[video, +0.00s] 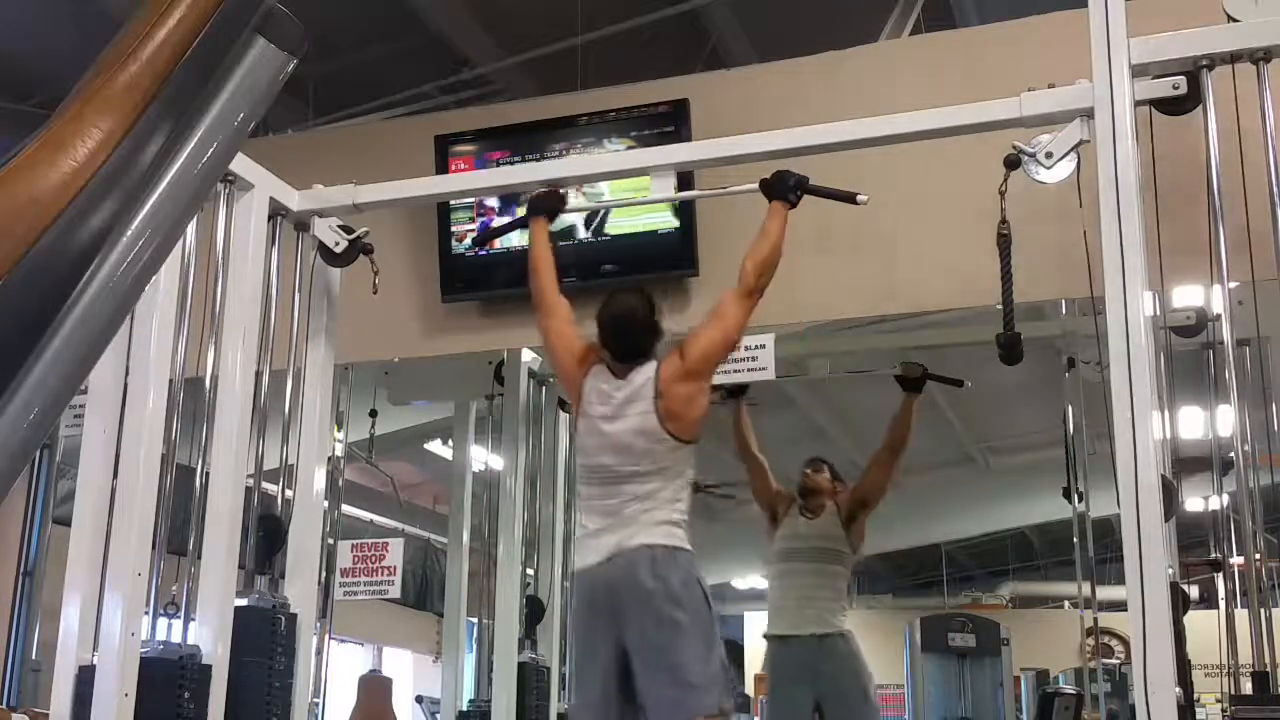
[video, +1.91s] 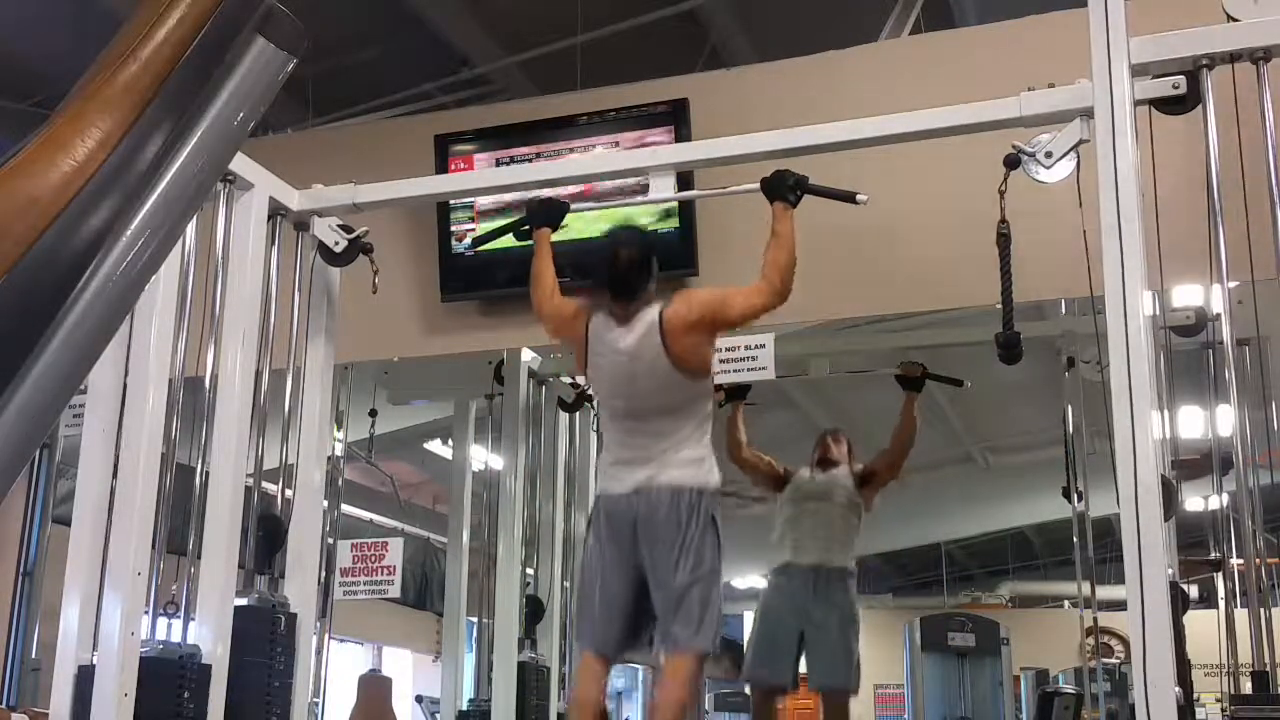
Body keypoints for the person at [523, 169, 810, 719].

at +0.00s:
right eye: (650, 315)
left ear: (601, 338)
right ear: (655, 331)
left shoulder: (583, 377)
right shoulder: (684, 373)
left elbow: (547, 300)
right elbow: (749, 288)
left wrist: (538, 219)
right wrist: (779, 203)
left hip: (590, 570)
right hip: (658, 562)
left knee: (595, 711)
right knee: (693, 709)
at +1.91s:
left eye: (610, 271)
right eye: (644, 266)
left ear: (602, 280)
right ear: (655, 272)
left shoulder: (585, 327)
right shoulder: (692, 312)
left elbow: (546, 301)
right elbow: (773, 288)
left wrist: (542, 234)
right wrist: (783, 207)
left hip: (613, 498)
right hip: (682, 496)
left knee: (594, 652)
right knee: (683, 650)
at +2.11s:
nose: (650, 194)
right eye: (649, 187)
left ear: (600, 205)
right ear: (653, 197)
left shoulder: (580, 258)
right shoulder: (693, 246)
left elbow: (539, 303)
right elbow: (777, 283)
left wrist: (540, 237)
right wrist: (784, 207)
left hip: (619, 430)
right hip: (687, 427)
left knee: (613, 581)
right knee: (689, 572)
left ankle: (606, 706)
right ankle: (635, 704)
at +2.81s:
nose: (661, 262)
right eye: (659, 255)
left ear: (606, 273)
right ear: (660, 266)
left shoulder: (589, 326)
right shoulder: (696, 313)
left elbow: (547, 300)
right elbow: (779, 290)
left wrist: (542, 233)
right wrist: (785, 209)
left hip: (629, 498)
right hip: (694, 491)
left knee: (643, 645)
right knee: (700, 640)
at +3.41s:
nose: (657, 188)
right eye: (656, 181)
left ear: (603, 199)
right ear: (658, 192)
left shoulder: (583, 252)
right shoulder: (695, 243)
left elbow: (543, 304)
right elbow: (779, 283)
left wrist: (542, 235)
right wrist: (784, 210)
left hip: (625, 423)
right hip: (691, 419)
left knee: (633, 562)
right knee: (699, 557)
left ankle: (650, 695)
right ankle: (638, 691)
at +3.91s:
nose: (660, 231)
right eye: (658, 226)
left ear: (607, 251)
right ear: (660, 239)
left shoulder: (588, 300)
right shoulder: (696, 289)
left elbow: (545, 300)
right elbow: (784, 287)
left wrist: (543, 234)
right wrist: (785, 207)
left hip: (626, 484)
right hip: (693, 479)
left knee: (636, 626)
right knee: (708, 617)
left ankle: (649, 718)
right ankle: (659, 716)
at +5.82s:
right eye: (661, 167)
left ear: (609, 192)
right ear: (663, 182)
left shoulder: (585, 245)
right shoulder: (698, 233)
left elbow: (538, 302)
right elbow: (780, 279)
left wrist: (540, 232)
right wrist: (785, 207)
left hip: (627, 414)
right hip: (692, 409)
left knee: (627, 554)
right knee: (697, 549)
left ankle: (648, 686)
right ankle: (633, 683)